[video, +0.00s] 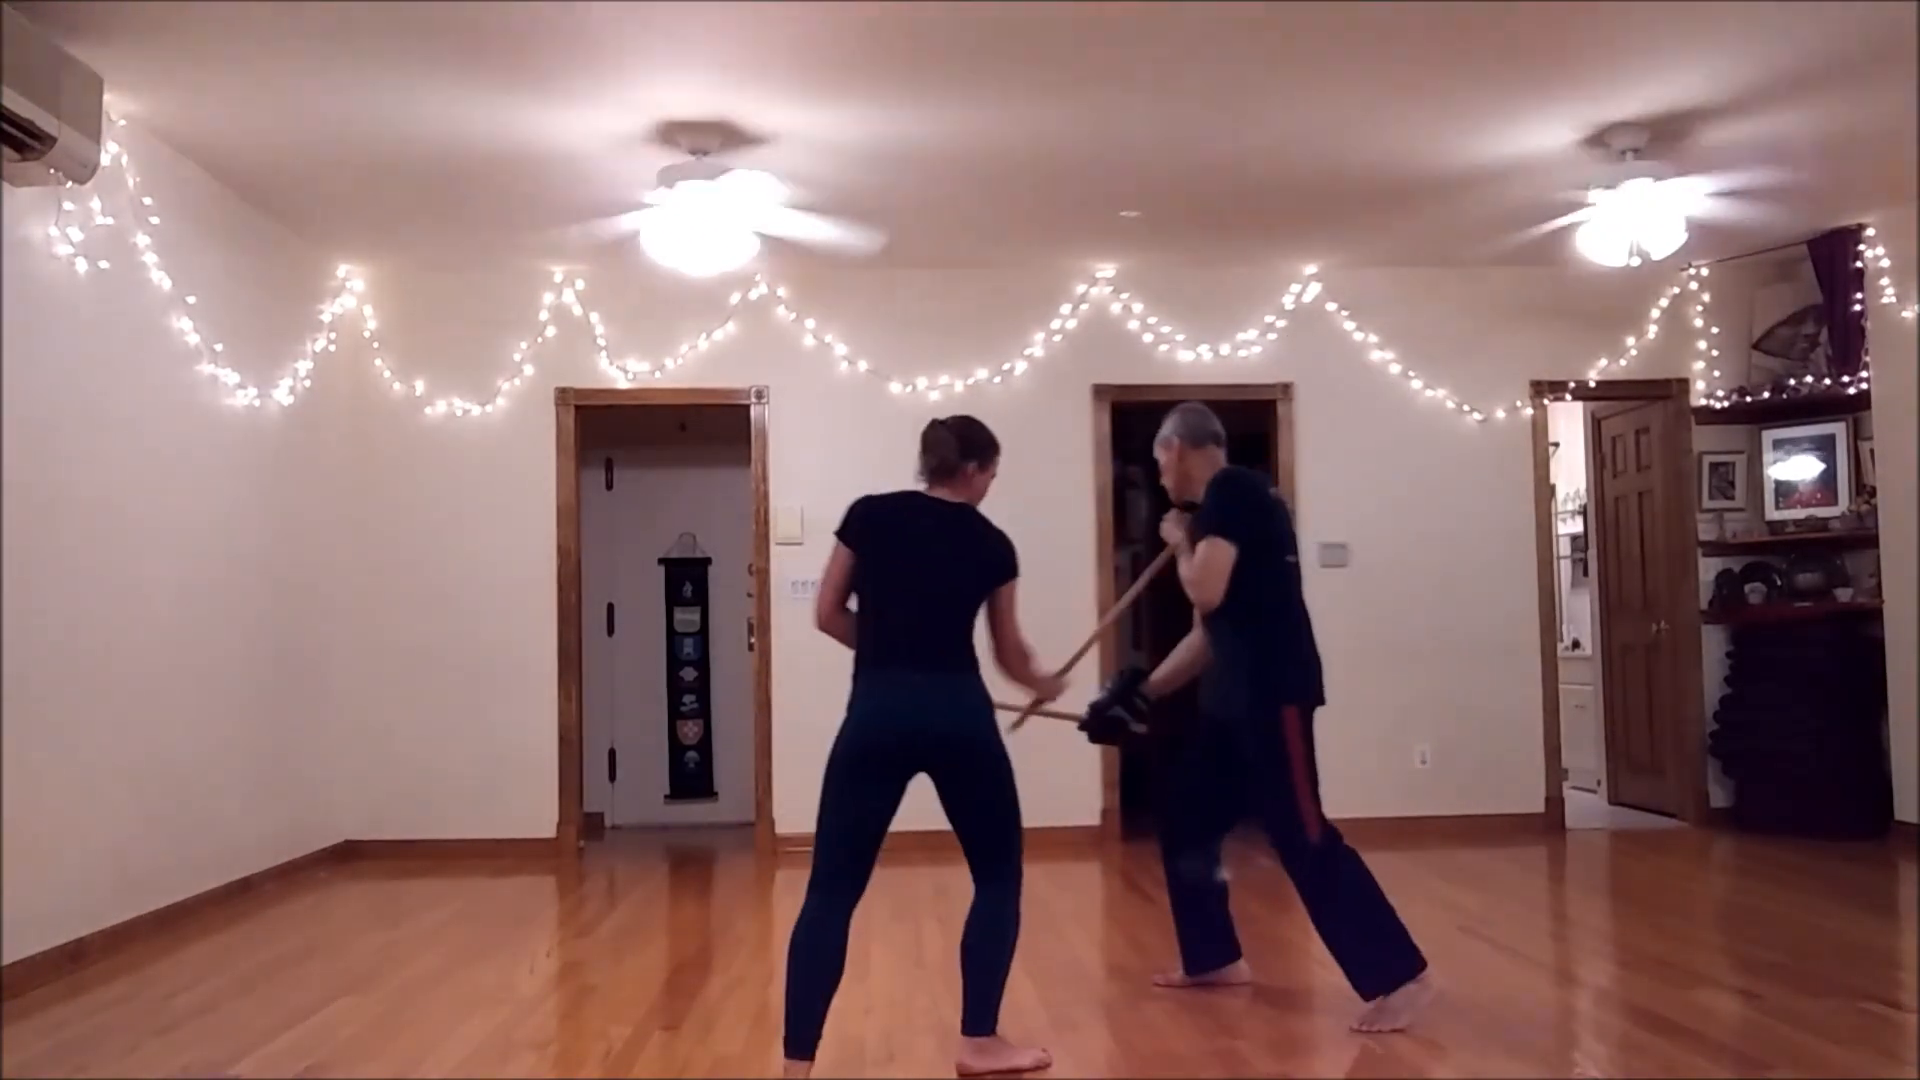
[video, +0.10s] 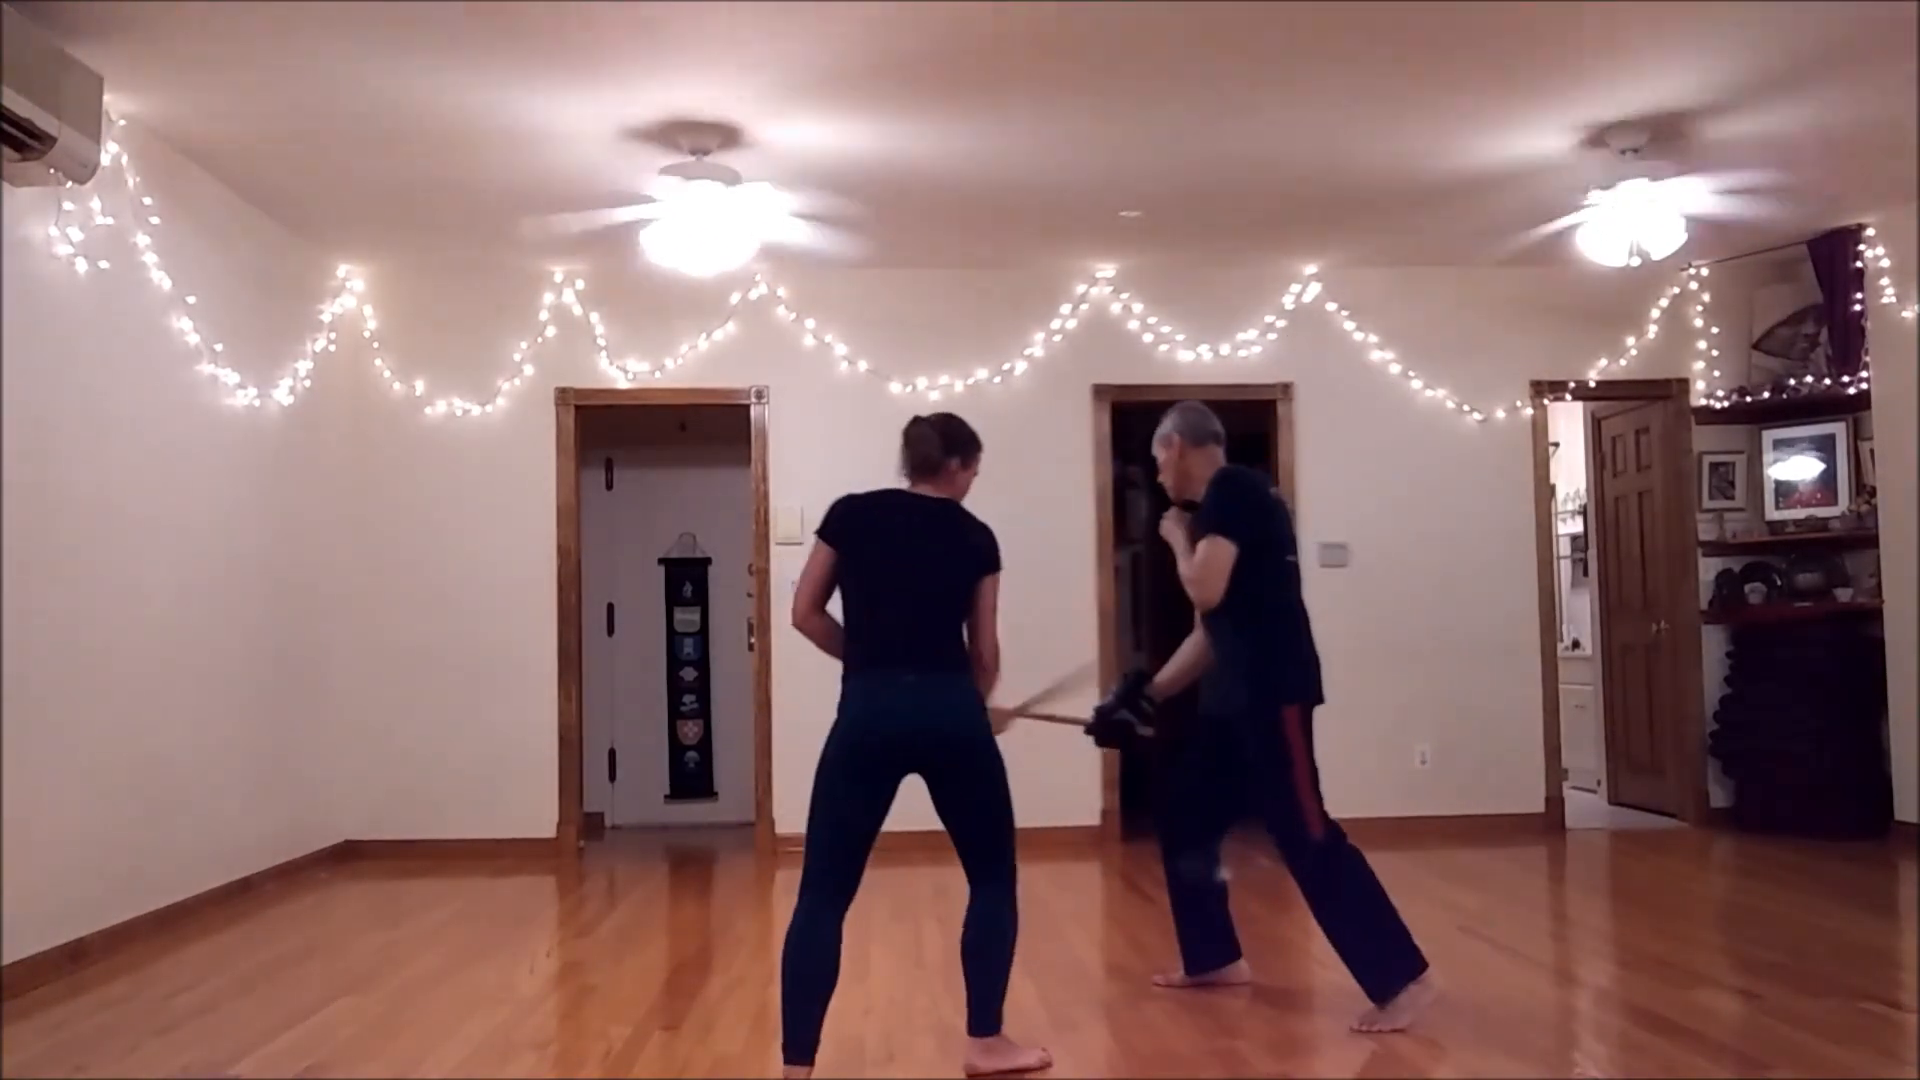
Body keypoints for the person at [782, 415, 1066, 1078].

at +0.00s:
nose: (993, 483)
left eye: (992, 473)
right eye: (993, 473)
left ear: (928, 466)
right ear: (977, 471)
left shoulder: (870, 512)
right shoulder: (990, 543)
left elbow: (828, 614)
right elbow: (1009, 653)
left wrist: (878, 643)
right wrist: (1041, 680)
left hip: (876, 719)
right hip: (958, 723)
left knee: (832, 886)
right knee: (997, 876)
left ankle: (796, 1059)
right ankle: (979, 1038)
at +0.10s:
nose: (975, 481)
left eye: (976, 472)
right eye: (975, 471)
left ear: (910, 461)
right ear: (961, 467)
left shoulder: (852, 512)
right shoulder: (973, 535)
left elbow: (806, 613)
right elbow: (984, 653)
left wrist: (862, 656)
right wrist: (975, 707)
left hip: (867, 717)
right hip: (950, 719)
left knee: (824, 890)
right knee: (993, 877)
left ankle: (796, 1062)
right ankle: (985, 1038)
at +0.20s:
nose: (956, 481)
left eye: (955, 471)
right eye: (955, 471)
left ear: (889, 464)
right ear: (940, 467)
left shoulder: (836, 521)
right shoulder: (960, 527)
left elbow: (804, 625)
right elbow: (998, 638)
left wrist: (859, 671)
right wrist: (970, 694)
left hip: (863, 719)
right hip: (949, 719)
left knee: (822, 896)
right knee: (993, 878)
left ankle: (798, 1064)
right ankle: (1007, 1038)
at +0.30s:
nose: (953, 481)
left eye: (952, 472)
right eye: (952, 471)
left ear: (885, 469)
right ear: (936, 467)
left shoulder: (835, 533)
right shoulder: (962, 521)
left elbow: (828, 651)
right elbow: (1021, 608)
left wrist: (883, 684)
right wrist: (973, 668)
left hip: (862, 721)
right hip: (947, 718)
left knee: (820, 897)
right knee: (1000, 879)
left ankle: (798, 1063)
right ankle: (1029, 1041)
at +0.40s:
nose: (962, 480)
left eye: (961, 471)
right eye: (961, 470)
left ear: (897, 468)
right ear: (946, 467)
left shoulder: (850, 538)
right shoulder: (972, 515)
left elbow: (847, 655)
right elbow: (1028, 554)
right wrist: (973, 582)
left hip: (867, 733)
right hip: (953, 731)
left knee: (824, 900)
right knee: (1006, 885)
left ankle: (799, 1063)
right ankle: (1030, 1046)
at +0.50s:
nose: (983, 477)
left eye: (983, 469)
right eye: (982, 468)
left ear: (912, 468)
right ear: (970, 467)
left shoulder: (868, 533)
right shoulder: (992, 521)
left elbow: (854, 650)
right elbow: (1059, 513)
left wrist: (896, 685)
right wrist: (985, 515)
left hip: (878, 733)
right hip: (965, 734)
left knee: (828, 901)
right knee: (1012, 888)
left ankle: (800, 1065)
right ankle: (1031, 1047)